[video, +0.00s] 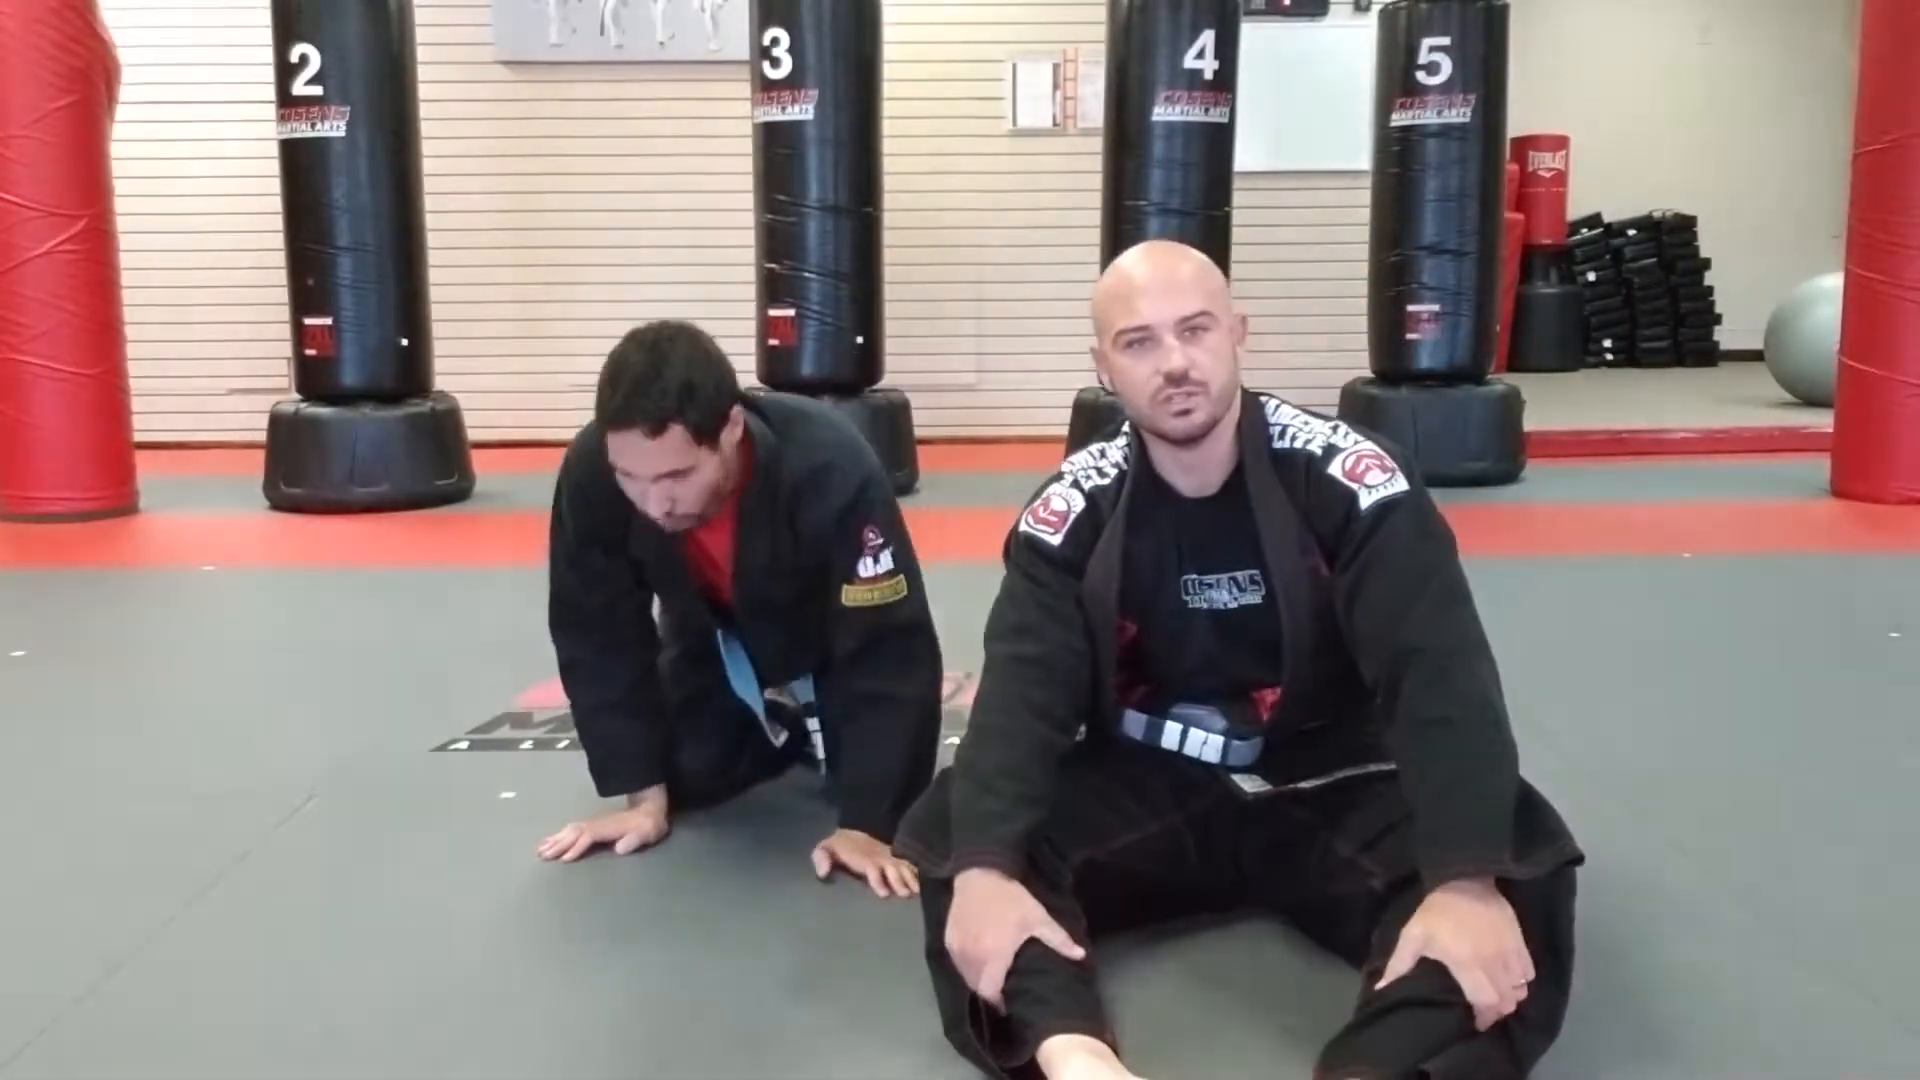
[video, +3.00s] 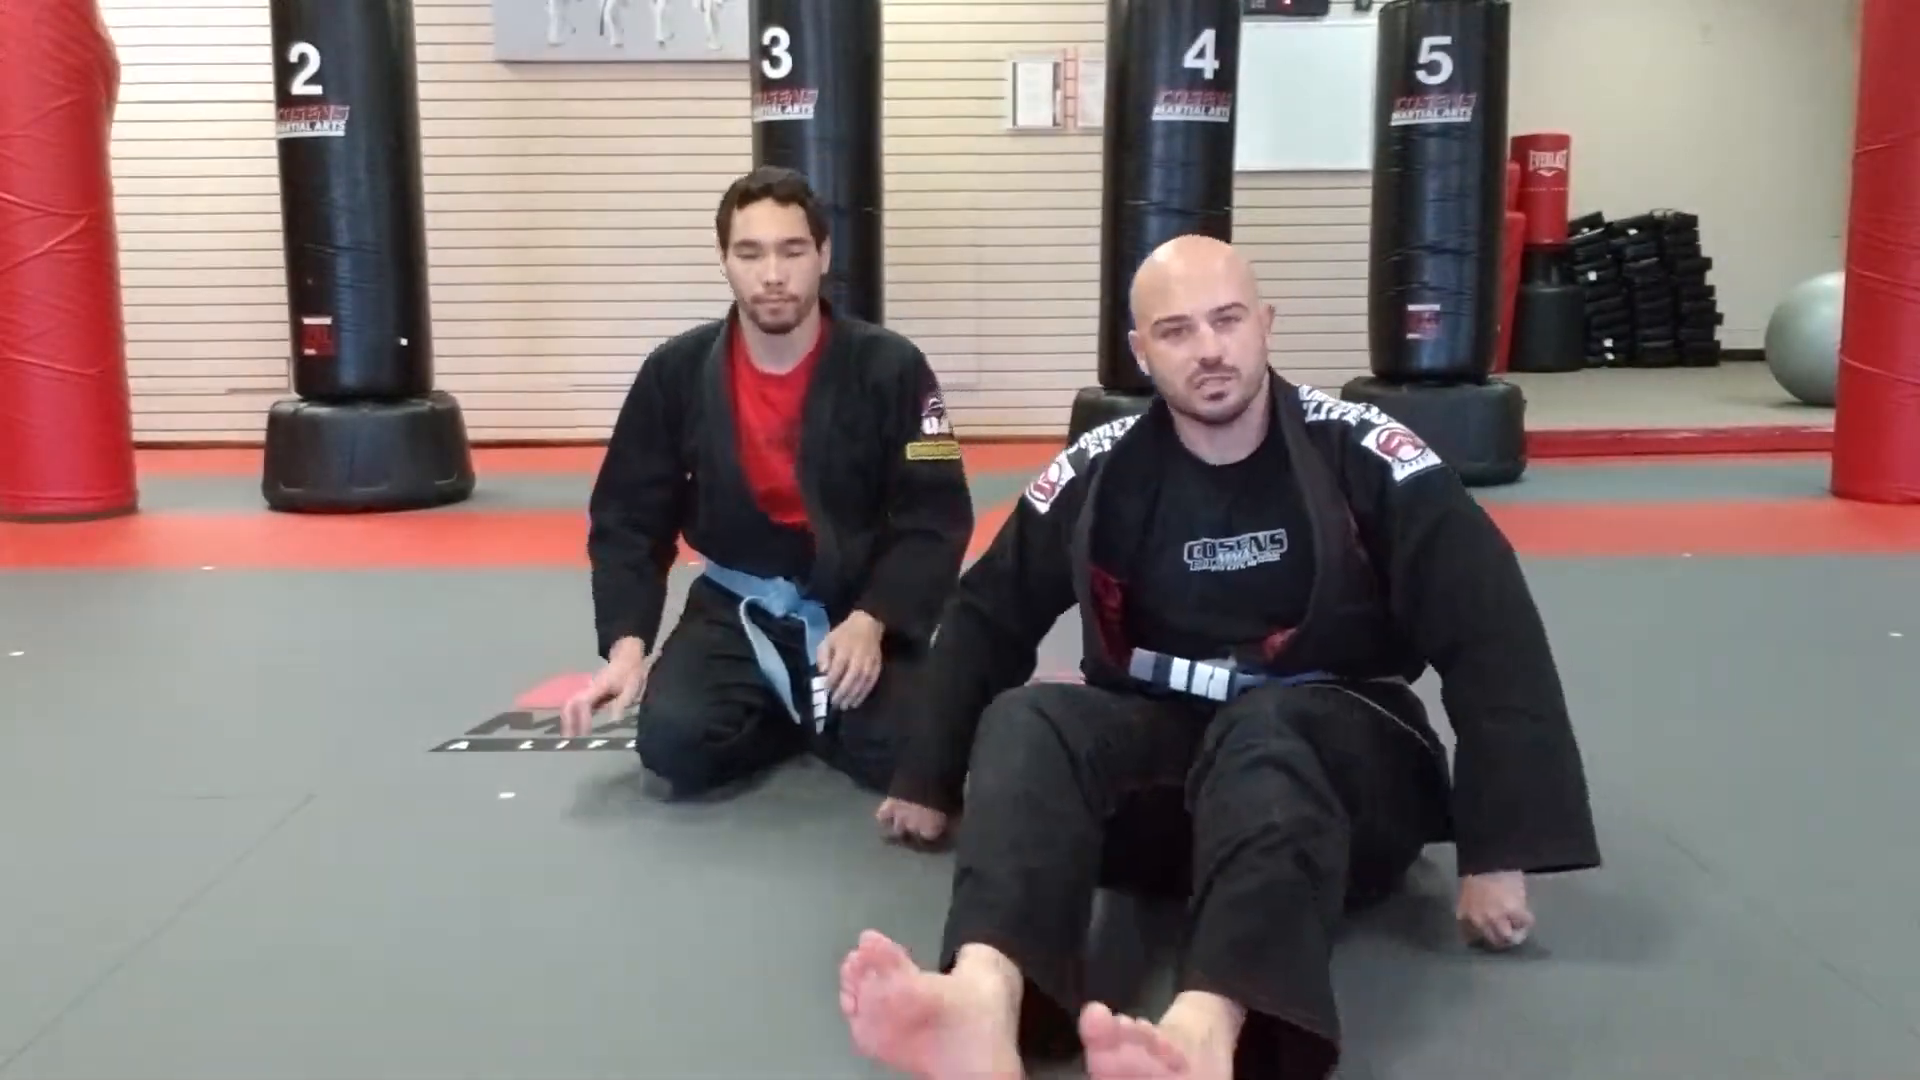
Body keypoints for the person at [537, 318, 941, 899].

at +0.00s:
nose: (652, 504)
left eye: (674, 477)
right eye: (628, 478)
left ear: (731, 433)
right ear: (609, 450)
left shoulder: (828, 466)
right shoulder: (597, 472)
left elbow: (890, 640)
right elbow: (599, 633)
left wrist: (864, 826)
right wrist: (642, 797)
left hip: (833, 636)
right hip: (714, 641)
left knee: (885, 815)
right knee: (680, 778)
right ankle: (793, 725)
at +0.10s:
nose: (685, 418)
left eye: (707, 386)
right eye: (660, 392)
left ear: (759, 356)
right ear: (641, 379)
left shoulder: (849, 433)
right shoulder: (622, 451)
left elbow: (896, 605)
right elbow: (614, 617)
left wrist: (880, 789)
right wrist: (643, 794)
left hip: (841, 624)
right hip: (717, 627)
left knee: (882, 781)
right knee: (692, 776)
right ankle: (803, 720)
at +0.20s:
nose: (717, 354)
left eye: (737, 322)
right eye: (693, 329)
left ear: (782, 309)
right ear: (674, 331)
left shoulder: (867, 405)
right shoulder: (647, 426)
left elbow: (920, 570)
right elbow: (619, 591)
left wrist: (912, 728)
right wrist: (632, 762)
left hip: (852, 621)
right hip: (727, 624)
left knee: (882, 766)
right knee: (693, 768)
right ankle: (785, 714)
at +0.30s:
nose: (739, 293)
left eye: (758, 264)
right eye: (715, 272)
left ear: (798, 266)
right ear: (697, 285)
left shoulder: (881, 377)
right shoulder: (665, 394)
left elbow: (942, 530)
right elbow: (620, 546)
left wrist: (920, 674)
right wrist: (621, 699)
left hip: (863, 609)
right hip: (736, 611)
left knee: (893, 762)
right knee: (683, 761)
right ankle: (799, 711)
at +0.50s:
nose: (771, 240)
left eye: (790, 219)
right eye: (750, 223)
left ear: (826, 237)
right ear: (728, 247)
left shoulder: (900, 360)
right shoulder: (682, 365)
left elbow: (964, 497)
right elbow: (635, 501)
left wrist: (929, 634)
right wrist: (655, 628)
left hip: (866, 599)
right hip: (740, 600)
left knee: (905, 761)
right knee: (682, 759)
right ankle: (810, 710)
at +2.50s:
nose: (795, 232)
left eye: (815, 215)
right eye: (774, 216)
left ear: (844, 237)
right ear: (749, 239)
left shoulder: (913, 355)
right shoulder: (694, 353)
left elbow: (974, 484)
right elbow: (631, 478)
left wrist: (932, 605)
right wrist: (669, 597)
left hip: (867, 605)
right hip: (736, 601)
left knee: (908, 760)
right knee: (678, 759)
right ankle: (804, 713)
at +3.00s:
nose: (772, 275)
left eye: (792, 252)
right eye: (749, 254)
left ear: (824, 257)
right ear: (725, 263)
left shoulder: (889, 370)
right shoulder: (676, 374)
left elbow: (936, 519)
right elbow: (628, 518)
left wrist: (872, 621)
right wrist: (627, 646)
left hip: (861, 609)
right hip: (735, 604)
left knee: (919, 758)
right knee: (676, 749)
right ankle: (809, 708)